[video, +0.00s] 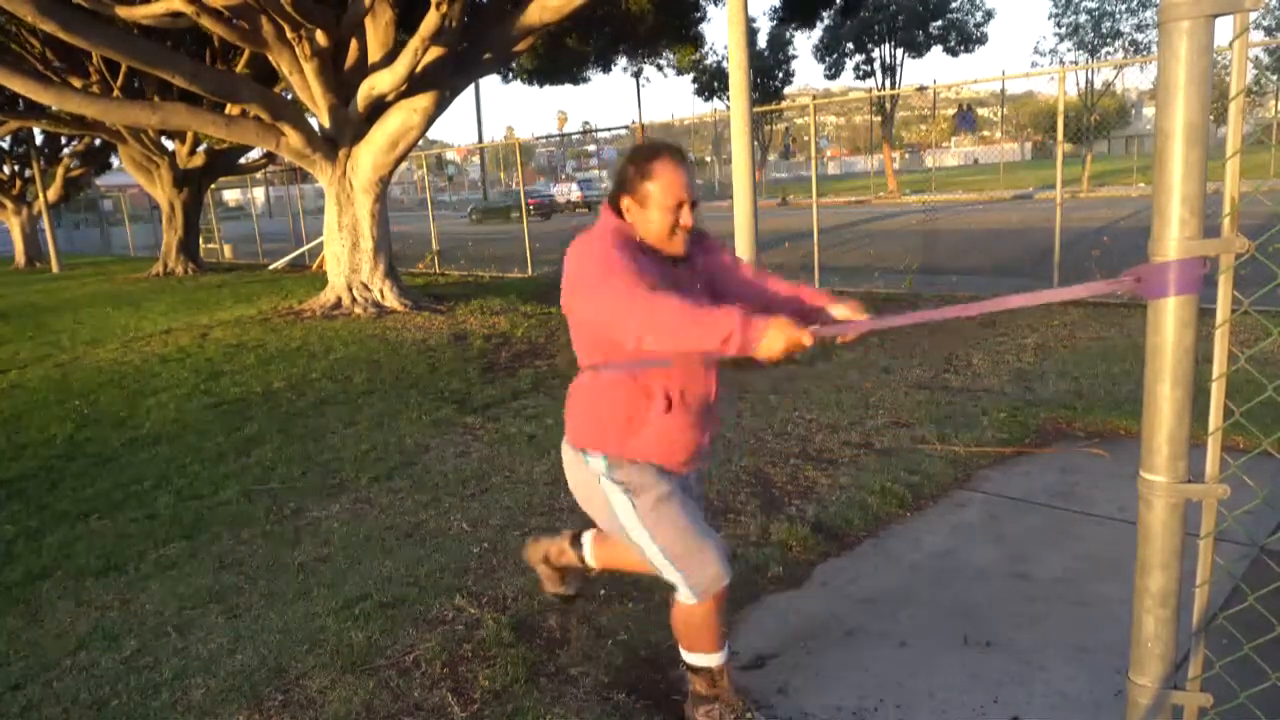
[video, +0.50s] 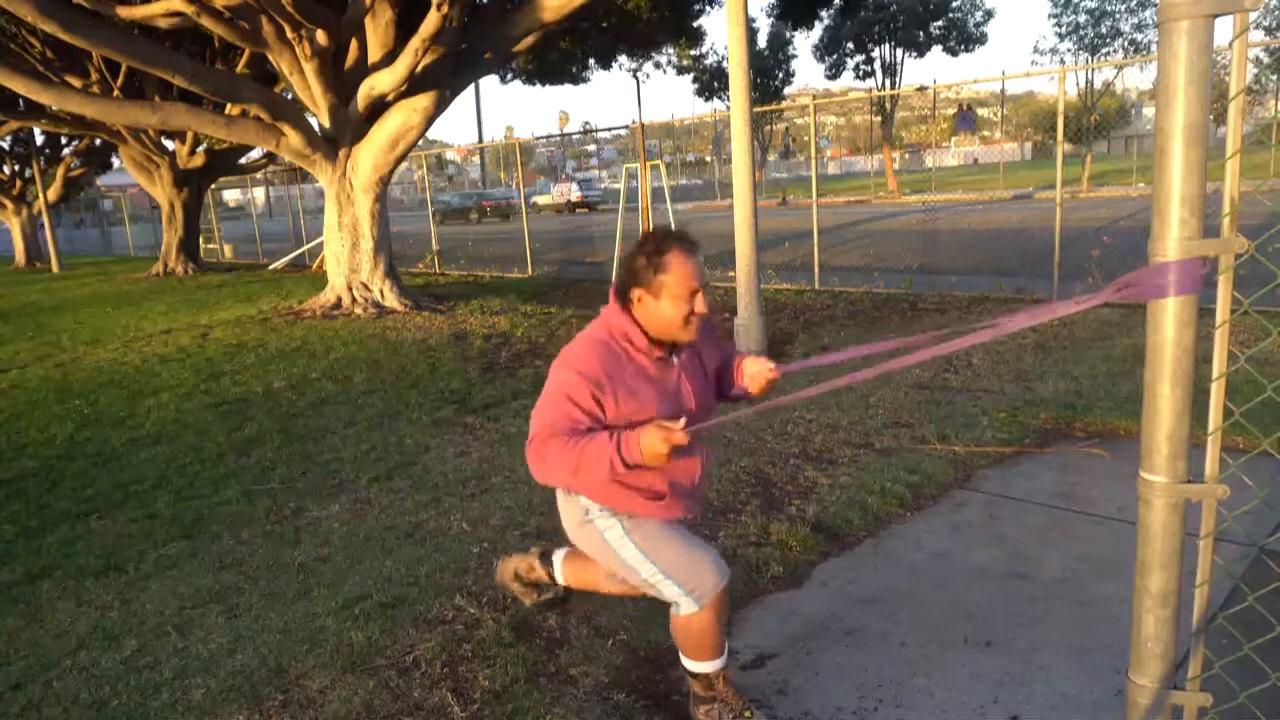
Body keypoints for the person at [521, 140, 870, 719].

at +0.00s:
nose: (690, 218)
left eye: (692, 204)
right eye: (676, 206)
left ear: (694, 200)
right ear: (628, 208)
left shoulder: (688, 250)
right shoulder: (595, 259)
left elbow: (752, 286)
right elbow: (650, 320)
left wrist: (825, 307)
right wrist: (751, 334)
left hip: (670, 451)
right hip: (610, 455)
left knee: (678, 551)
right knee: (704, 576)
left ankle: (564, 554)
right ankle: (709, 696)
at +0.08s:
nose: (700, 250)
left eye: (702, 235)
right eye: (687, 238)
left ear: (700, 232)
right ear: (640, 239)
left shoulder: (701, 287)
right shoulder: (598, 296)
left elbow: (747, 329)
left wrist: (799, 340)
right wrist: (693, 373)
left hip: (660, 477)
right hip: (603, 480)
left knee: (644, 574)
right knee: (710, 575)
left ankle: (546, 566)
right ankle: (713, 697)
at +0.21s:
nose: (724, 303)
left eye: (723, 290)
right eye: (710, 293)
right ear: (663, 293)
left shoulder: (692, 335)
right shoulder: (604, 341)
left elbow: (713, 371)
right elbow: (566, 431)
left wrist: (754, 365)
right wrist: (660, 416)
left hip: (649, 506)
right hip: (591, 510)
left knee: (632, 599)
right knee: (707, 571)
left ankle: (545, 566)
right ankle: (715, 694)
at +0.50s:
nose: (702, 307)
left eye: (702, 293)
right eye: (690, 297)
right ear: (640, 301)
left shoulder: (688, 336)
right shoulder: (589, 359)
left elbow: (717, 372)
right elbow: (545, 451)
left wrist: (742, 373)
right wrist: (629, 445)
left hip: (661, 495)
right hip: (601, 504)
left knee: (645, 577)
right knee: (702, 581)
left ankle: (544, 568)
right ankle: (711, 695)